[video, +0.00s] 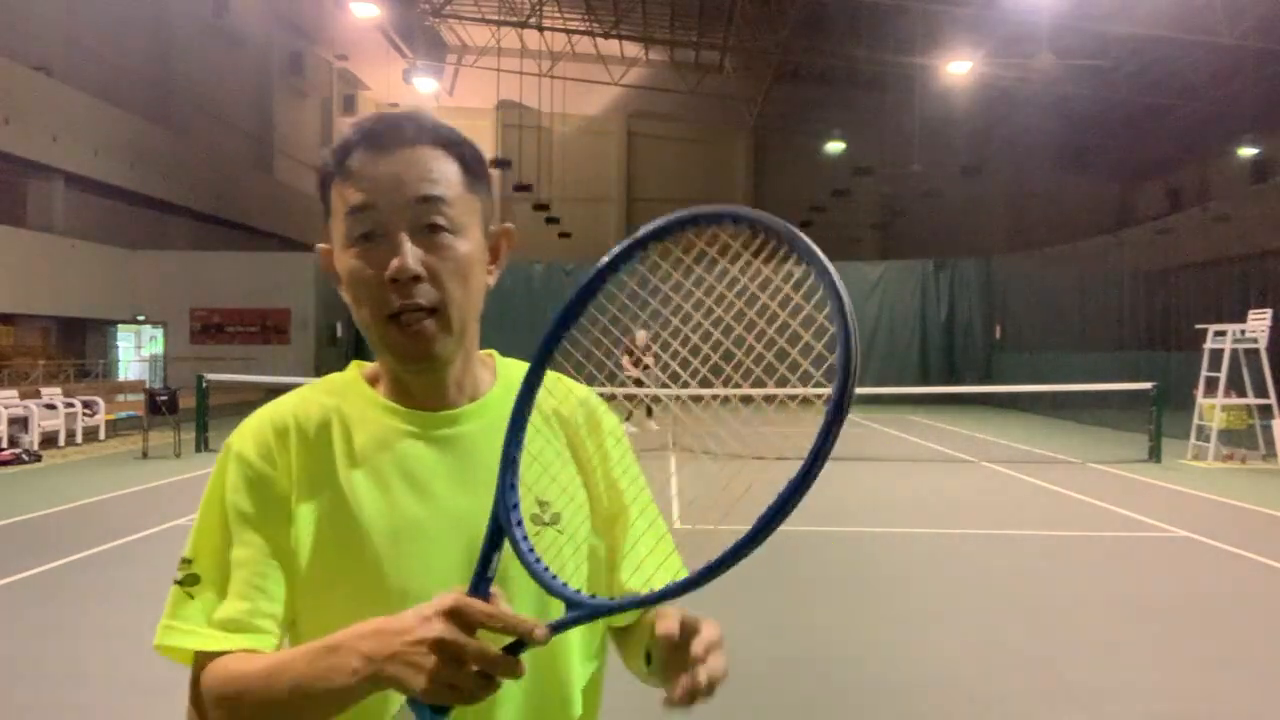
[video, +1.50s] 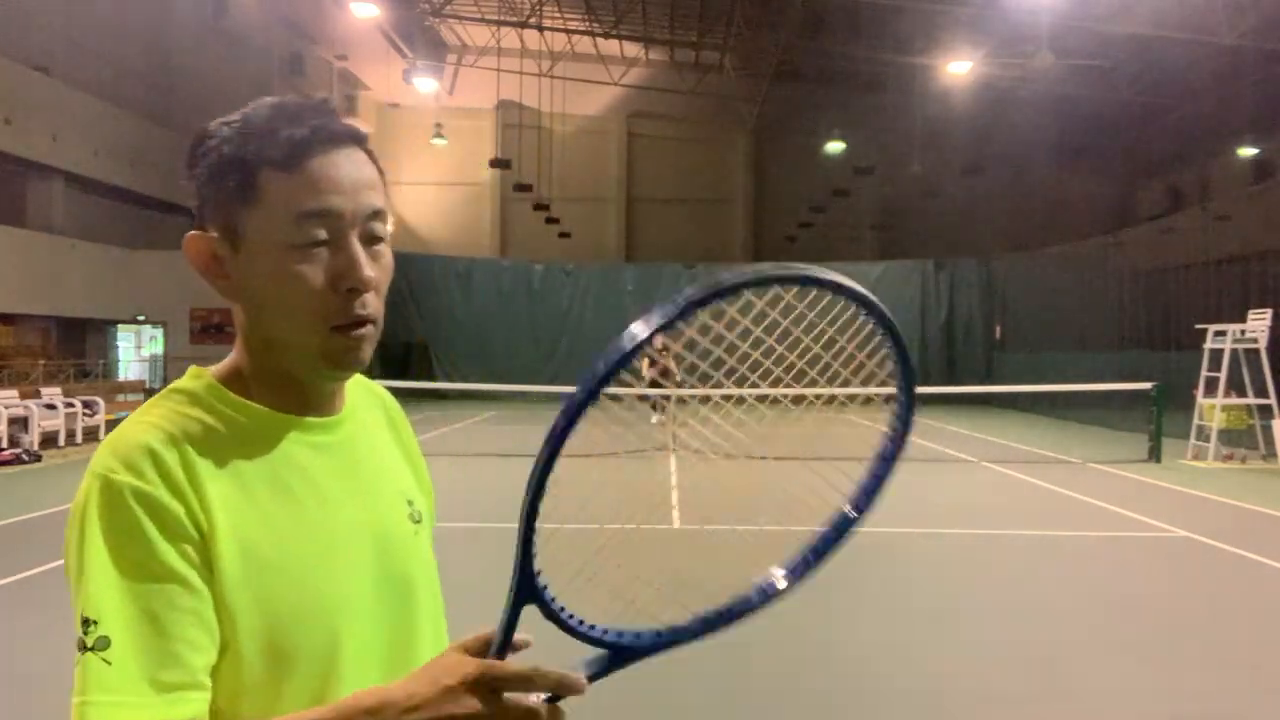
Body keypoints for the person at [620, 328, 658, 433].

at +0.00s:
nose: (641, 342)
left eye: (644, 339)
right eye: (640, 339)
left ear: (647, 339)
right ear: (636, 339)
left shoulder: (649, 348)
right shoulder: (629, 347)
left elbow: (652, 363)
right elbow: (625, 362)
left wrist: (647, 359)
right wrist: (635, 372)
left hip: (645, 373)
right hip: (633, 373)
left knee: (648, 394)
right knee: (633, 397)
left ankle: (650, 419)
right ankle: (627, 421)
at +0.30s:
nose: (649, 339)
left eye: (651, 337)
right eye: (647, 337)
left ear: (654, 337)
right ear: (643, 337)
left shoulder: (656, 349)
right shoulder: (639, 349)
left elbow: (663, 362)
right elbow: (632, 359)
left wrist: (666, 375)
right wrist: (639, 365)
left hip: (655, 374)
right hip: (644, 373)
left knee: (653, 397)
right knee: (643, 395)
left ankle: (651, 420)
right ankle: (642, 418)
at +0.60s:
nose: (651, 340)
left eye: (653, 337)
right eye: (648, 337)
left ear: (655, 338)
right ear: (643, 340)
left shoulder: (660, 353)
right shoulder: (641, 355)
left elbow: (667, 366)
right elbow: (636, 369)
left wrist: (669, 377)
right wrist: (637, 380)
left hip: (659, 380)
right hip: (646, 381)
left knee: (659, 399)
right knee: (648, 399)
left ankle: (658, 418)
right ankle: (650, 418)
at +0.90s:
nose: (653, 339)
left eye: (655, 337)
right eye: (651, 337)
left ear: (658, 338)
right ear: (648, 339)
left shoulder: (663, 352)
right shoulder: (645, 353)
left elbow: (667, 363)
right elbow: (641, 367)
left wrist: (667, 374)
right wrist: (639, 378)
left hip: (660, 378)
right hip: (649, 379)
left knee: (662, 397)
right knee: (648, 398)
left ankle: (664, 414)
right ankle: (650, 418)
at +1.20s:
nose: (657, 339)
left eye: (659, 336)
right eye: (656, 337)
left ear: (662, 338)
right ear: (653, 338)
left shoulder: (667, 350)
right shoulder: (650, 351)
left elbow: (671, 361)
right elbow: (645, 364)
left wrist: (671, 371)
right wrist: (645, 373)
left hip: (663, 377)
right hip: (652, 376)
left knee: (663, 396)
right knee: (651, 395)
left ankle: (662, 416)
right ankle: (652, 415)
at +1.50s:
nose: (658, 342)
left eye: (660, 340)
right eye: (656, 340)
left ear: (663, 341)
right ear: (652, 342)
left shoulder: (666, 354)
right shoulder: (649, 355)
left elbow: (671, 364)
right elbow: (645, 366)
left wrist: (677, 374)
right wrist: (646, 375)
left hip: (665, 378)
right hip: (653, 378)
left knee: (665, 396)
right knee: (654, 395)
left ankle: (662, 414)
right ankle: (655, 413)